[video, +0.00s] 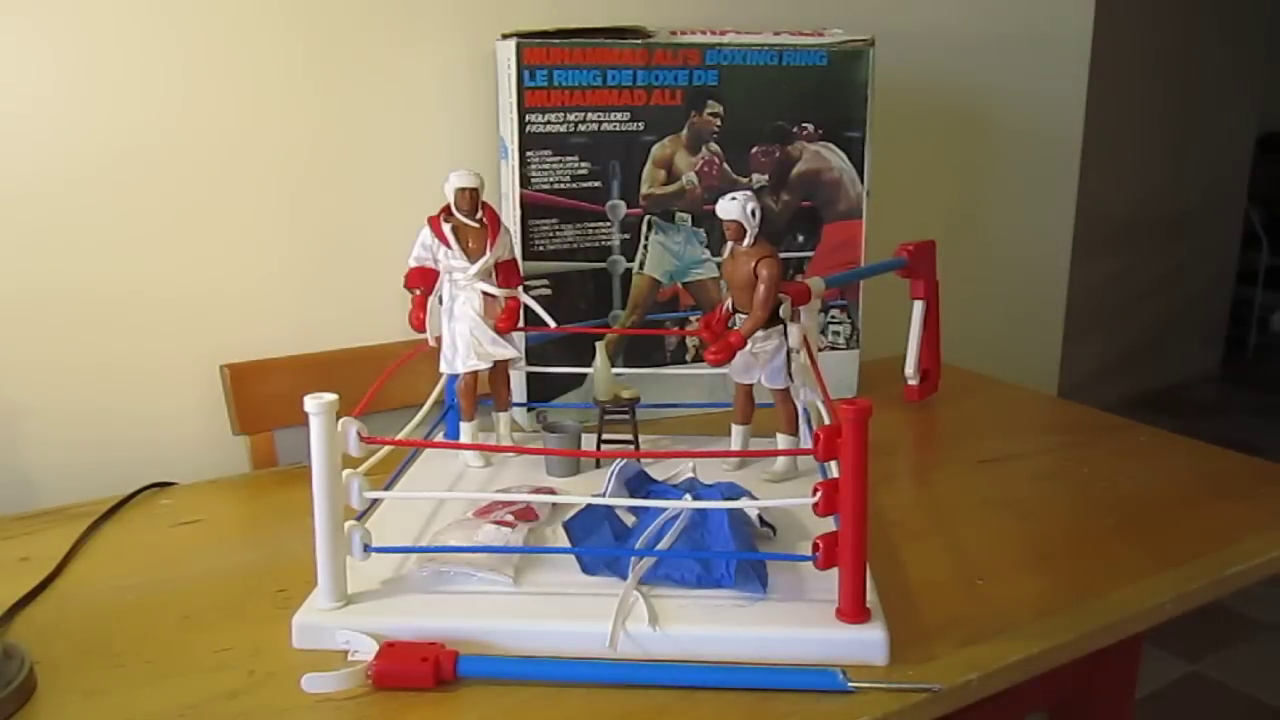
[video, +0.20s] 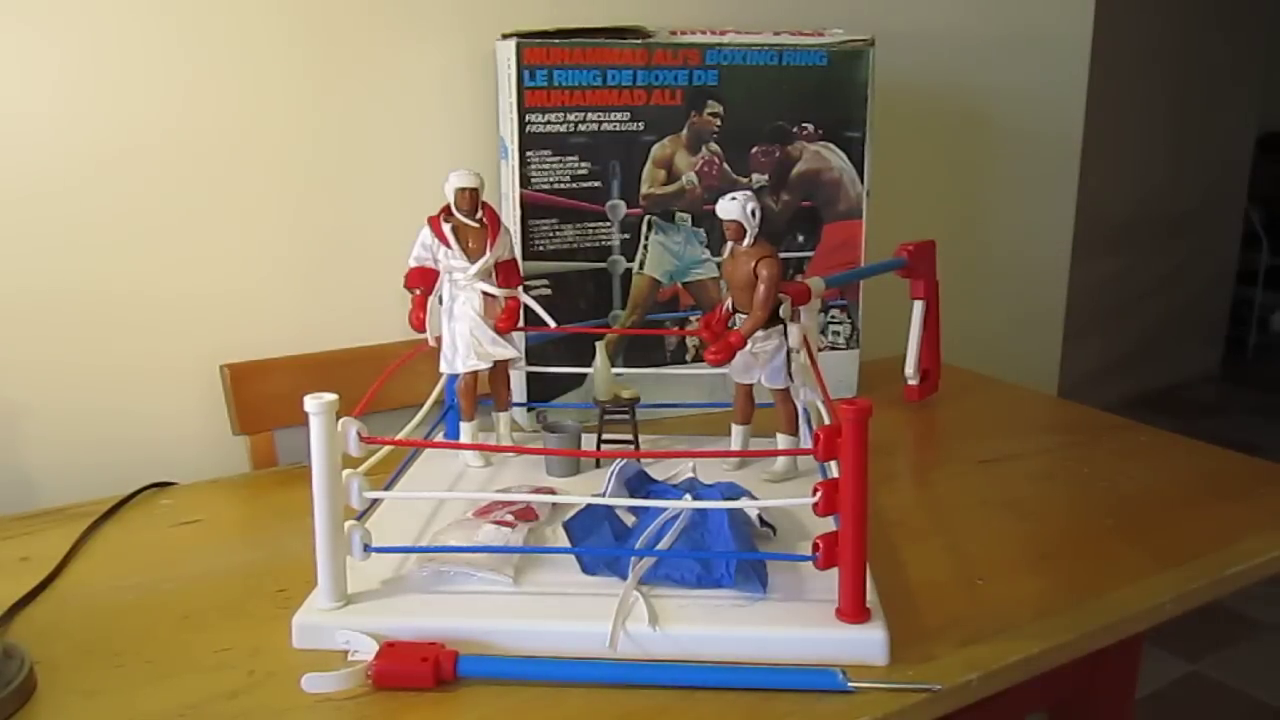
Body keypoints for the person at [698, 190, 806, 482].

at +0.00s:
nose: (725, 228)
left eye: (730, 223)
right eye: (723, 223)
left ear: (748, 223)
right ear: (724, 223)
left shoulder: (767, 263)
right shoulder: (731, 250)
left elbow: (761, 314)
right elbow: (735, 292)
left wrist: (736, 340)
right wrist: (719, 318)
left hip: (768, 333)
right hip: (742, 329)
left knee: (780, 392)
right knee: (742, 387)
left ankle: (787, 457)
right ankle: (737, 450)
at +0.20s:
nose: (726, 228)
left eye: (731, 222)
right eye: (723, 222)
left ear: (748, 223)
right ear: (723, 223)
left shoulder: (766, 262)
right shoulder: (731, 250)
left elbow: (761, 314)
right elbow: (735, 293)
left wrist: (736, 340)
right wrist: (720, 318)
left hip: (768, 334)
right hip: (743, 331)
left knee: (780, 392)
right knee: (742, 388)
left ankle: (787, 457)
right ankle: (737, 450)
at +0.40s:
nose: (726, 228)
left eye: (731, 222)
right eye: (724, 222)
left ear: (748, 223)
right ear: (723, 223)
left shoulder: (767, 263)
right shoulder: (731, 250)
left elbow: (761, 314)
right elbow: (734, 293)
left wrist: (736, 340)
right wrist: (720, 318)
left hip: (768, 333)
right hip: (742, 329)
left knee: (780, 391)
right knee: (742, 387)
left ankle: (787, 457)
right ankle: (737, 450)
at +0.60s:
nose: (725, 227)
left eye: (730, 222)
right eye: (723, 221)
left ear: (748, 223)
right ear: (723, 222)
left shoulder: (767, 263)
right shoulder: (730, 249)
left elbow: (761, 313)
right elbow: (735, 292)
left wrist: (735, 340)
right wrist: (720, 317)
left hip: (768, 333)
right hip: (743, 330)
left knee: (780, 392)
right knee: (742, 387)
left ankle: (786, 457)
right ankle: (737, 450)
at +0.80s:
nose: (725, 228)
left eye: (730, 222)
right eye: (723, 222)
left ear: (747, 223)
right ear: (724, 223)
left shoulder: (767, 262)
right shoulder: (731, 250)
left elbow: (761, 314)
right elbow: (735, 293)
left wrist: (735, 340)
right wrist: (719, 318)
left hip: (769, 332)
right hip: (742, 328)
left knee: (780, 391)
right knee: (742, 386)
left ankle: (787, 457)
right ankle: (737, 450)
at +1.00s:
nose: (726, 227)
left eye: (731, 222)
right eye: (724, 222)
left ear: (748, 222)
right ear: (723, 222)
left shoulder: (767, 262)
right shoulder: (730, 249)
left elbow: (761, 314)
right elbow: (734, 293)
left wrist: (735, 340)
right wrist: (720, 319)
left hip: (768, 333)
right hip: (743, 329)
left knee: (780, 391)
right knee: (742, 387)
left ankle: (787, 457)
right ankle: (737, 450)